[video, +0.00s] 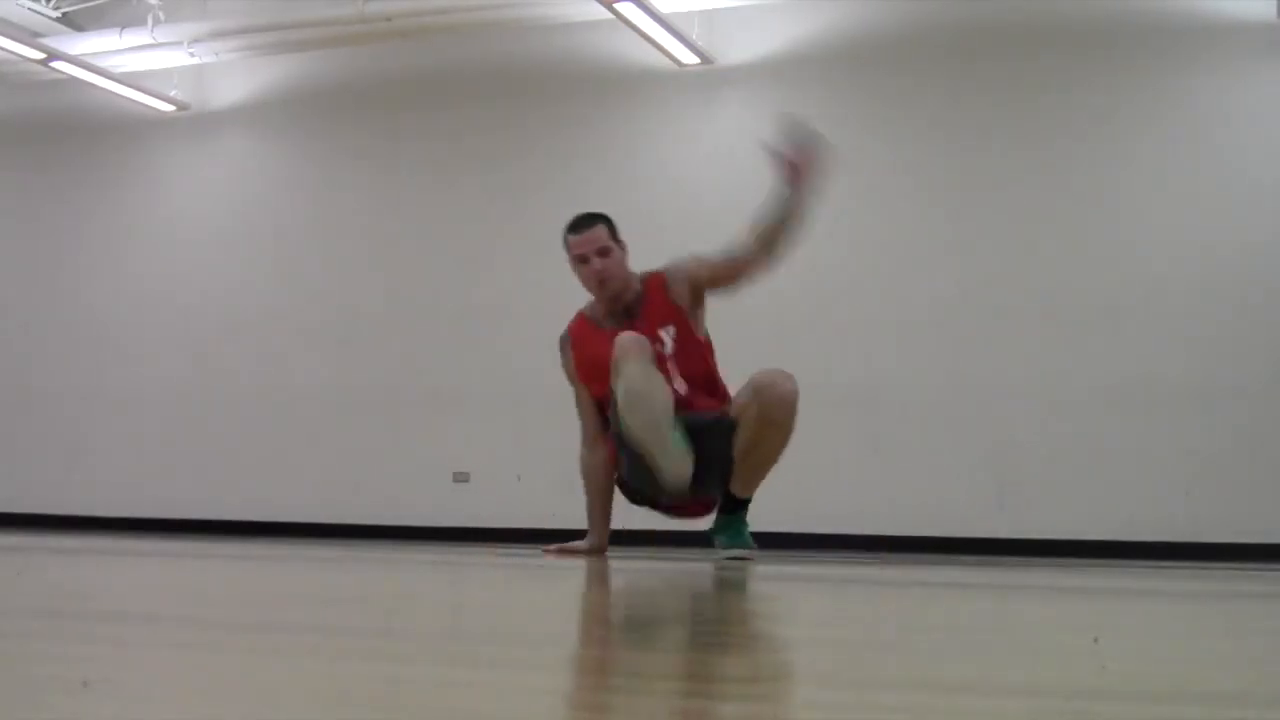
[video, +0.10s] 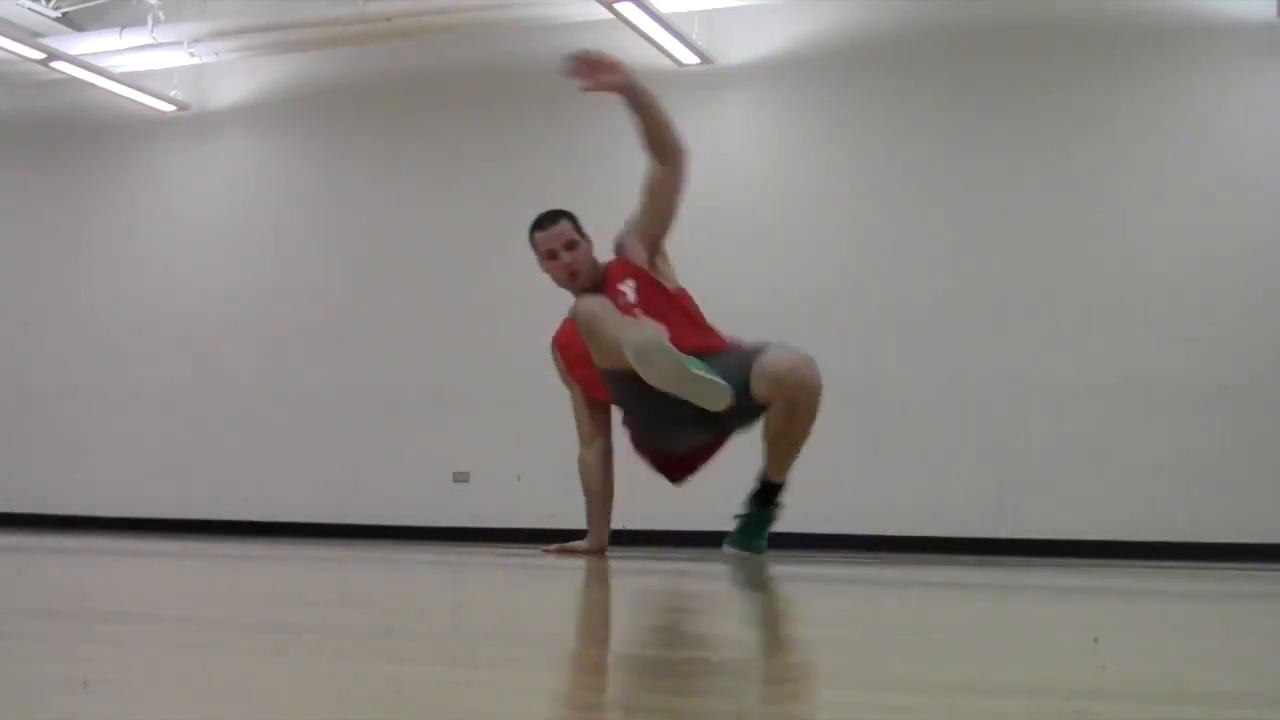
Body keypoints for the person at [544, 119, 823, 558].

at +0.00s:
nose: (597, 268)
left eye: (604, 253)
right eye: (583, 262)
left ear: (624, 250)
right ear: (575, 272)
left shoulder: (678, 283)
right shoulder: (578, 340)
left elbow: (754, 255)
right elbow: (595, 442)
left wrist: (792, 190)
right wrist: (597, 540)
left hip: (716, 458)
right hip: (648, 475)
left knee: (776, 388)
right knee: (630, 346)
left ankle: (733, 519)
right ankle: (656, 435)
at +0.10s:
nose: (565, 261)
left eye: (570, 246)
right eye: (550, 257)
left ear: (590, 242)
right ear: (543, 268)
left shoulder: (639, 252)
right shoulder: (569, 344)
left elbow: (669, 160)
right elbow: (594, 443)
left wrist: (629, 89)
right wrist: (597, 539)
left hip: (714, 369)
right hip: (661, 418)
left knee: (799, 375)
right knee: (587, 309)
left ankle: (764, 507)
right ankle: (686, 376)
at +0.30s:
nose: (542, 260)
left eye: (546, 246)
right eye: (531, 260)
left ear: (568, 240)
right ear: (532, 276)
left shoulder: (611, 236)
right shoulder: (574, 331)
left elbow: (573, 144)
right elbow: (598, 448)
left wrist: (515, 93)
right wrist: (596, 546)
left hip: (705, 316)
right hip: (662, 366)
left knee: (763, 227)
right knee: (542, 340)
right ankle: (672, 446)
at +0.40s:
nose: (532, 259)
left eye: (535, 246)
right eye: (521, 261)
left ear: (558, 240)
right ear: (526, 283)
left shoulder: (598, 235)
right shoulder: (570, 346)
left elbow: (548, 140)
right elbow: (596, 442)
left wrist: (473, 104)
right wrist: (597, 538)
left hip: (710, 337)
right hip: (667, 390)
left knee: (706, 228)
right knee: (557, 373)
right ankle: (652, 517)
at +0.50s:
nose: (526, 265)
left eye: (531, 249)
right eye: (514, 265)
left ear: (555, 242)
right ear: (515, 278)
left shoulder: (596, 241)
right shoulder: (567, 349)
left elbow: (548, 144)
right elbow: (598, 446)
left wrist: (453, 115)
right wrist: (598, 535)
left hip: (728, 377)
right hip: (675, 426)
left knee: (674, 258)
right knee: (557, 369)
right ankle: (644, 511)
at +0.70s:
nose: (548, 248)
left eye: (556, 232)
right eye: (534, 243)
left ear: (582, 229)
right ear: (530, 258)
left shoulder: (630, 261)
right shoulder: (562, 334)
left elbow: (693, 297)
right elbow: (577, 426)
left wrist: (713, 315)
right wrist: (576, 522)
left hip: (696, 444)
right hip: (640, 455)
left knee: (600, 364)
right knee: (536, 381)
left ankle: (458, 486)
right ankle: (639, 511)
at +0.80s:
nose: (581, 244)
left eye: (591, 229)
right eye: (567, 236)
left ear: (618, 229)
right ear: (556, 248)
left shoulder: (672, 289)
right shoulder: (566, 319)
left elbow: (736, 377)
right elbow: (553, 422)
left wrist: (818, 454)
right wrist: (529, 507)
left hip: (690, 446)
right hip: (624, 441)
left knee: (579, 398)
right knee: (532, 384)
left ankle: (430, 512)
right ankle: (635, 510)